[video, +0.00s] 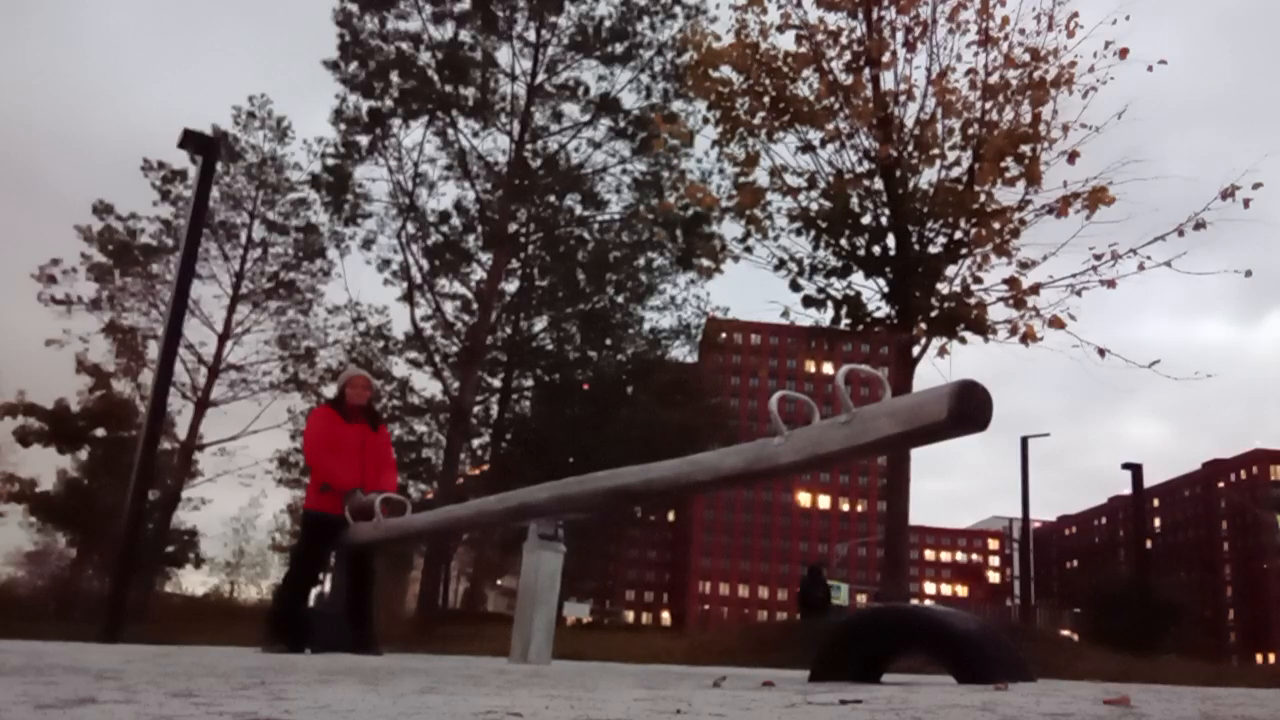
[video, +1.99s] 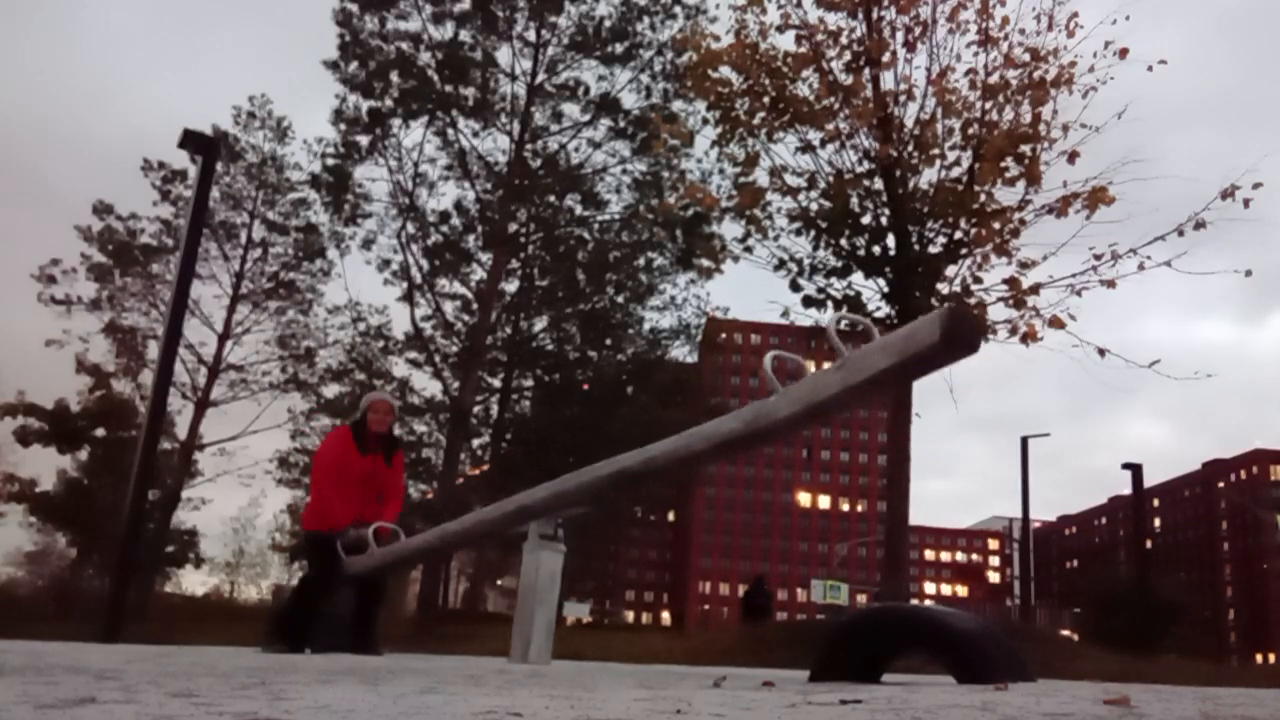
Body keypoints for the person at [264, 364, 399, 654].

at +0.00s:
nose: (361, 391)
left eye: (366, 387)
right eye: (355, 386)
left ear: (372, 393)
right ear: (343, 390)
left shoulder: (377, 428)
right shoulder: (323, 416)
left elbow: (387, 467)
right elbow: (316, 456)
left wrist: (385, 497)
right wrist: (347, 489)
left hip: (363, 515)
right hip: (324, 510)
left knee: (361, 579)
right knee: (304, 572)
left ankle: (362, 641)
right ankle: (281, 636)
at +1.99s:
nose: (382, 418)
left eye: (387, 413)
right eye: (376, 411)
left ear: (394, 419)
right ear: (365, 414)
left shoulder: (393, 452)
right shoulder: (341, 438)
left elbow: (395, 495)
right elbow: (322, 481)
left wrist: (382, 525)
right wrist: (343, 520)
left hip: (366, 530)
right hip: (326, 525)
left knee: (372, 586)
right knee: (323, 578)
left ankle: (362, 646)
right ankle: (285, 636)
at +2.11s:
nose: (382, 414)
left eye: (387, 409)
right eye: (376, 407)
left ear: (393, 414)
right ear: (363, 411)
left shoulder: (392, 450)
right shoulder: (339, 436)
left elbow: (391, 493)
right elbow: (323, 482)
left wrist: (377, 523)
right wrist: (344, 518)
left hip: (365, 529)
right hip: (325, 524)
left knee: (371, 585)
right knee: (322, 577)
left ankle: (361, 646)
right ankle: (286, 636)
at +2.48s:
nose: (375, 387)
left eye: (381, 382)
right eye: (370, 381)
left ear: (388, 388)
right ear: (358, 384)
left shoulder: (389, 424)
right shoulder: (336, 410)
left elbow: (394, 466)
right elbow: (319, 454)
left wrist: (378, 496)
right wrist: (345, 491)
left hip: (362, 515)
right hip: (323, 508)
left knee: (365, 580)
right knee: (305, 572)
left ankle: (363, 642)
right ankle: (282, 637)